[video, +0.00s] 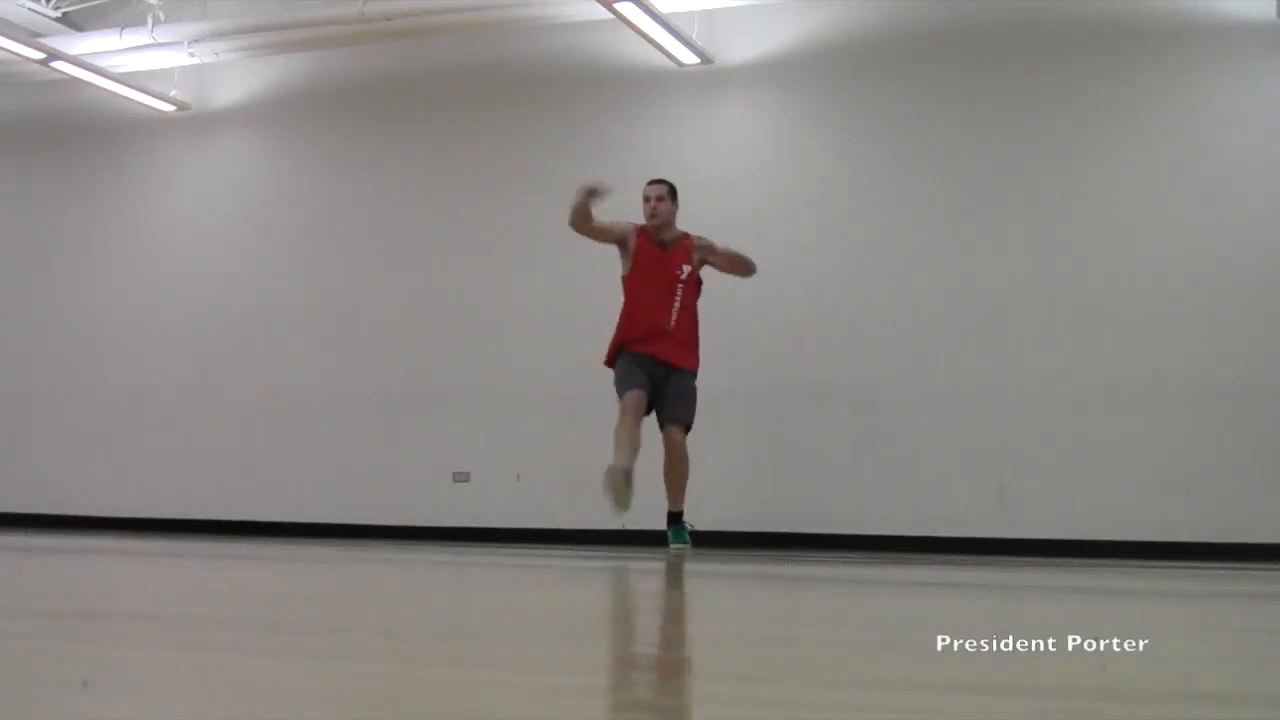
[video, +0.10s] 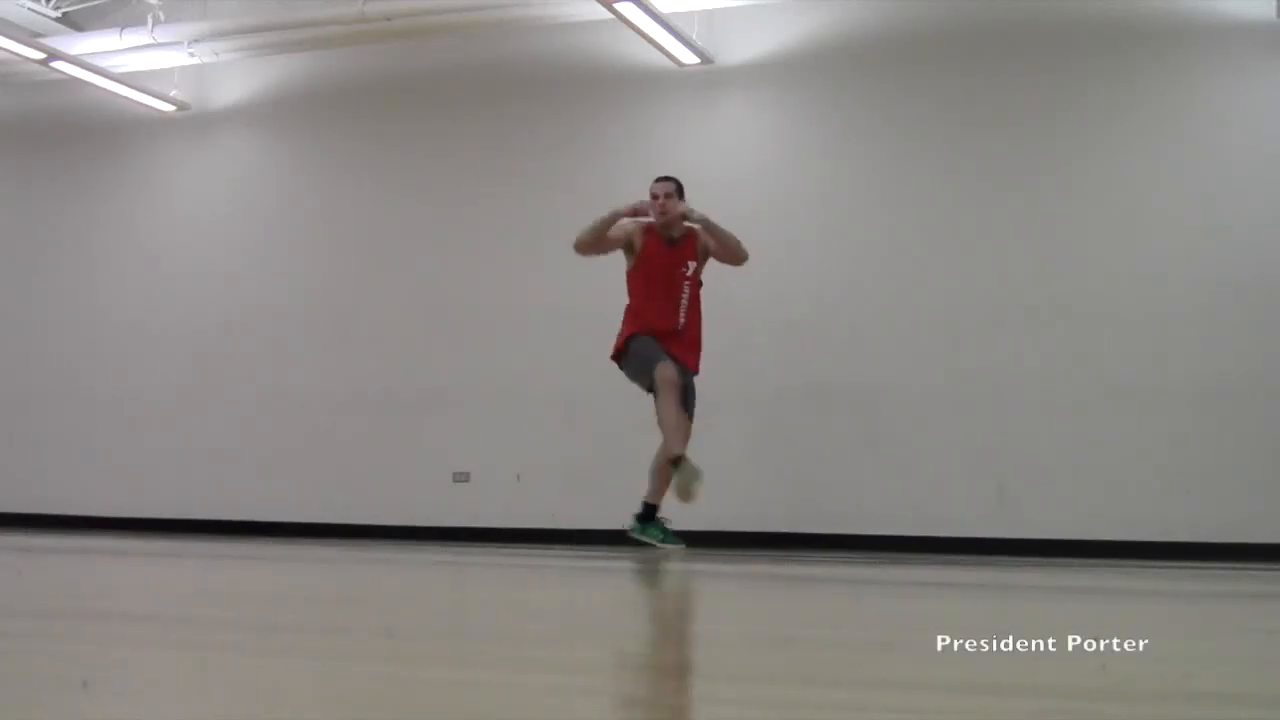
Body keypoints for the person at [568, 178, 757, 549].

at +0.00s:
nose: (652, 206)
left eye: (660, 200)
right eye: (647, 200)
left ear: (675, 206)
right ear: (642, 207)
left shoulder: (694, 246)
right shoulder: (630, 236)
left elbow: (747, 269)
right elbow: (582, 225)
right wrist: (582, 199)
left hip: (678, 356)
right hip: (635, 350)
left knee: (675, 436)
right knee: (632, 403)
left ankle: (676, 521)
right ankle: (621, 485)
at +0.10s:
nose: (660, 203)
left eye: (667, 197)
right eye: (655, 197)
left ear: (682, 203)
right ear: (649, 204)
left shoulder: (699, 240)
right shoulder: (635, 233)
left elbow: (739, 256)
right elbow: (583, 247)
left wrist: (704, 222)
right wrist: (618, 215)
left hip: (682, 347)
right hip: (640, 338)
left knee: (677, 438)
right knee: (667, 375)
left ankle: (647, 517)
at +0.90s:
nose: (676, 210)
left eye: (683, 202)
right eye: (672, 203)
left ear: (703, 201)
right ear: (670, 204)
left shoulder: (725, 231)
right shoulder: (667, 229)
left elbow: (709, 209)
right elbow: (632, 226)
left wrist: (677, 178)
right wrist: (638, 194)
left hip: (709, 347)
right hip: (669, 347)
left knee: (682, 432)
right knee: (665, 438)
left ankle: (697, 523)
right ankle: (703, 521)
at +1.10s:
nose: (681, 204)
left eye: (688, 198)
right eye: (677, 199)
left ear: (705, 198)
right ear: (673, 202)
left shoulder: (727, 225)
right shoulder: (670, 228)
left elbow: (699, 210)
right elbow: (650, 217)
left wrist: (670, 186)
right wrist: (638, 187)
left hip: (714, 350)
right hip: (671, 350)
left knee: (705, 433)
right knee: (667, 438)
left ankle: (700, 521)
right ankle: (699, 519)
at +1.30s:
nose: (685, 212)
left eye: (691, 206)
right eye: (679, 207)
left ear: (705, 206)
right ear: (672, 206)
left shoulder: (725, 231)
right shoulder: (664, 237)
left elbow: (714, 249)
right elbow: (660, 220)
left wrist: (666, 248)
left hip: (714, 352)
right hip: (670, 352)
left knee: (710, 426)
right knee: (671, 445)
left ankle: (707, 518)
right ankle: (673, 525)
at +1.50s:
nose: (702, 211)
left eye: (709, 204)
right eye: (697, 205)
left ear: (727, 203)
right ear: (693, 203)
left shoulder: (747, 234)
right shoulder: (682, 230)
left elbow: (730, 240)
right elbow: (656, 226)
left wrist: (691, 222)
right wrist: (634, 220)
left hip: (722, 356)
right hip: (675, 350)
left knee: (719, 427)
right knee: (655, 427)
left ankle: (708, 520)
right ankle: (673, 505)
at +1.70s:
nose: (702, 205)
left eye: (710, 198)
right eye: (696, 199)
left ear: (727, 199)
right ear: (690, 200)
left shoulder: (745, 228)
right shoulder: (681, 233)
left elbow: (716, 224)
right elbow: (662, 281)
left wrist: (680, 207)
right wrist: (682, 251)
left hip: (736, 345)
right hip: (696, 338)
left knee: (729, 431)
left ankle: (710, 520)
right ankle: (671, 418)